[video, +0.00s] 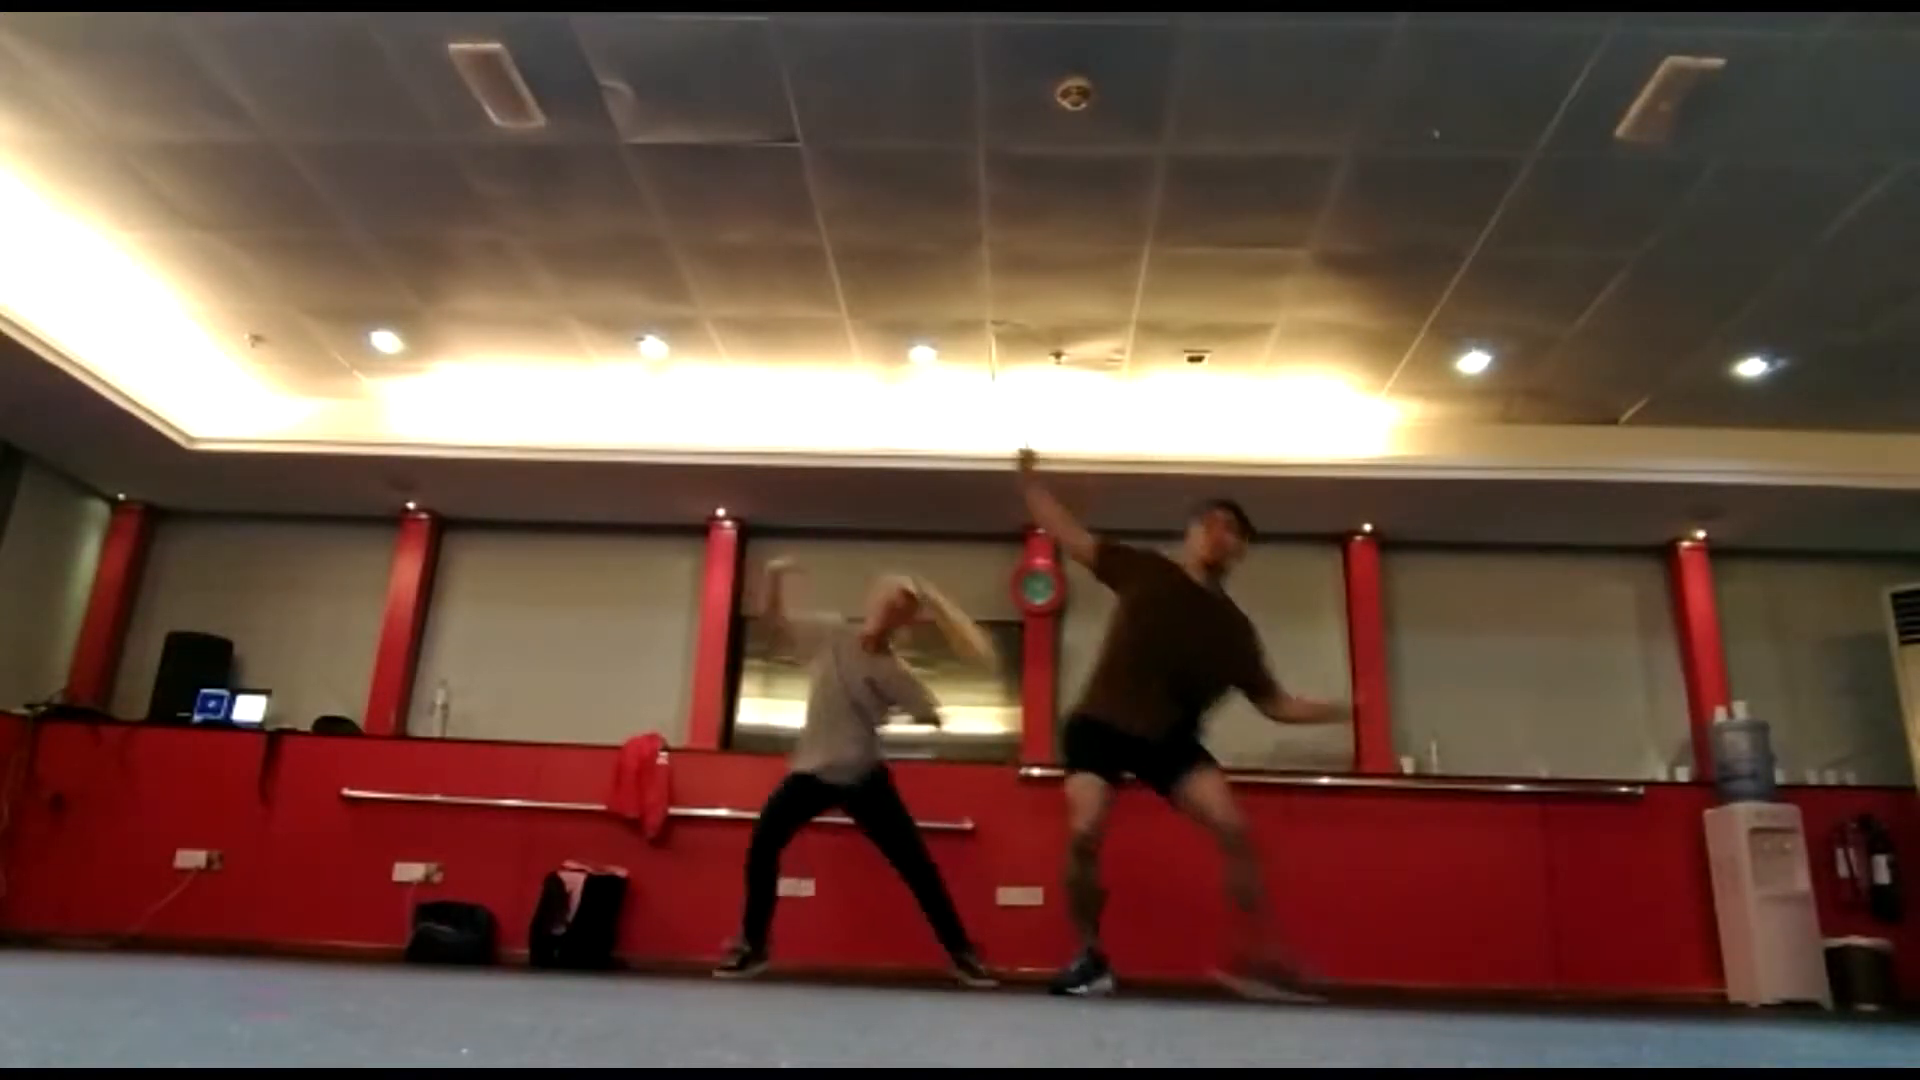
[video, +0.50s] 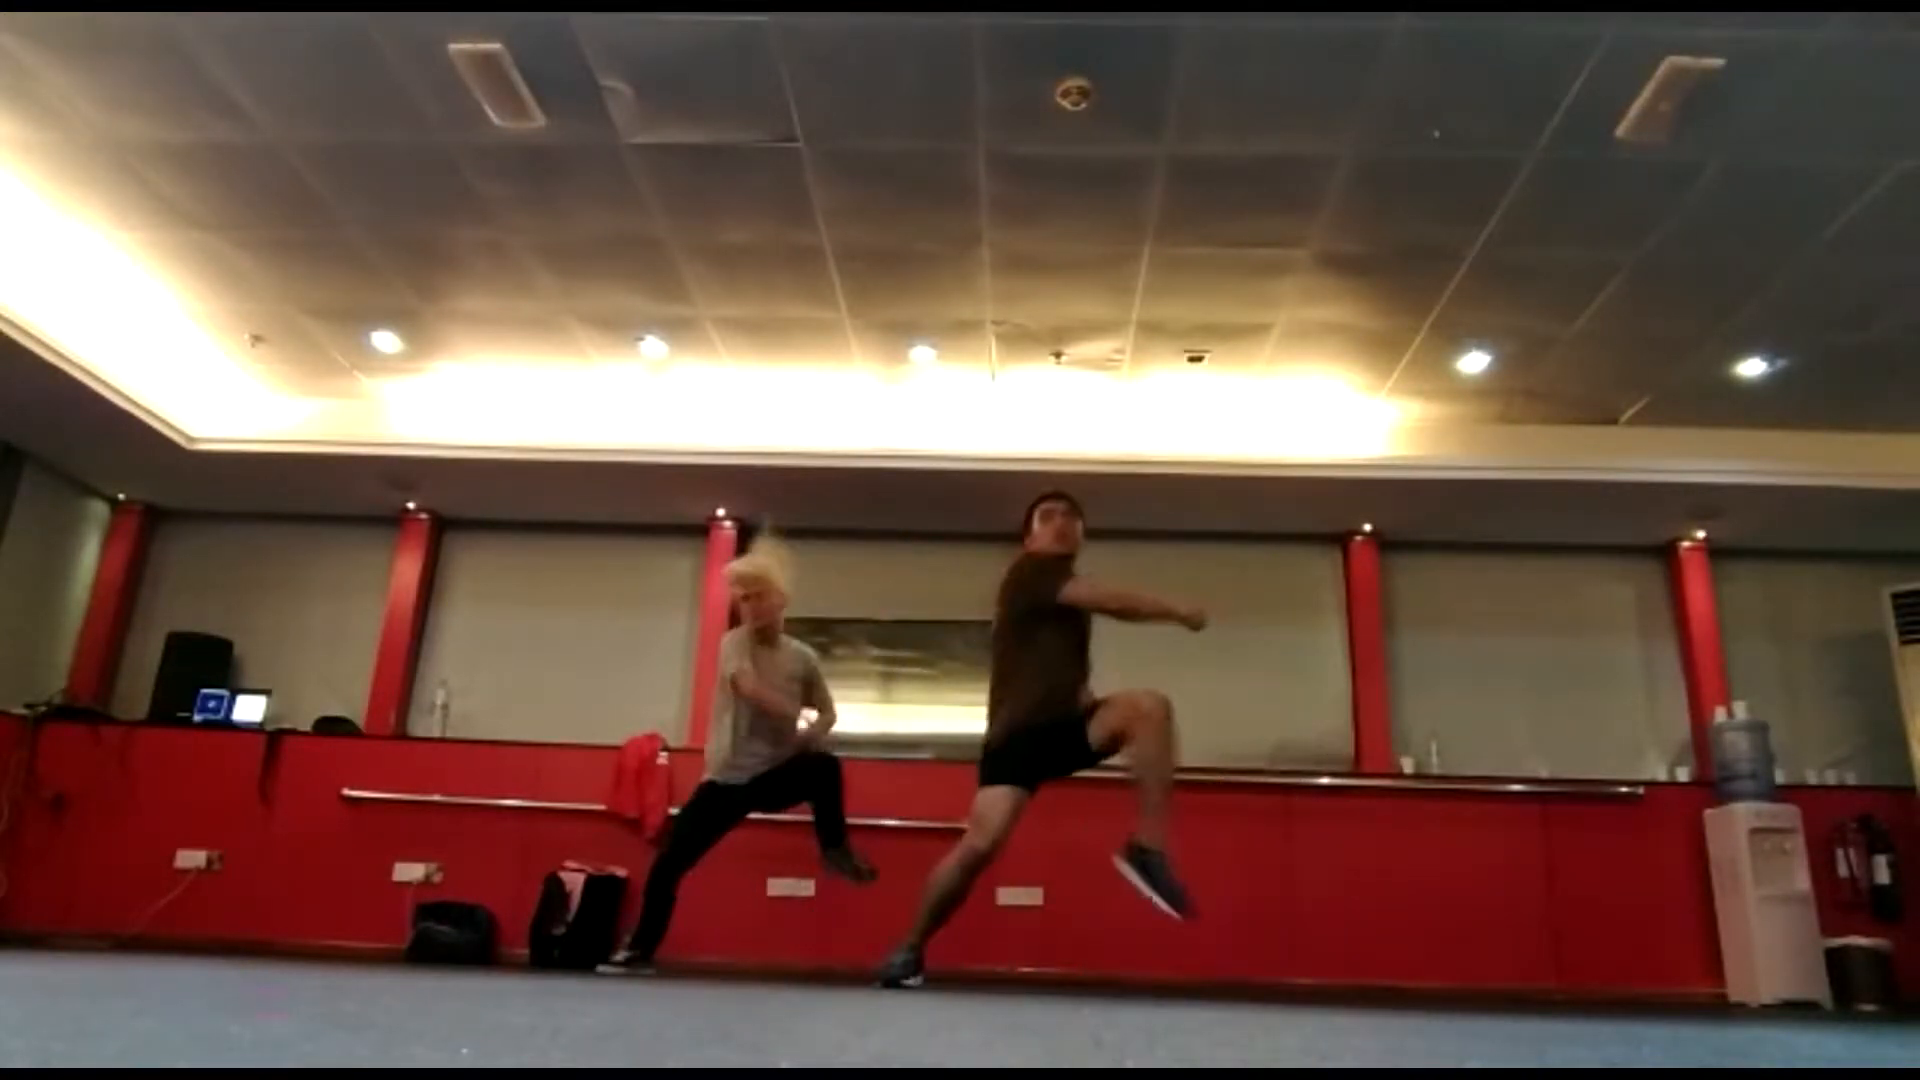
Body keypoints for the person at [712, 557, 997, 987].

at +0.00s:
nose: (889, 612)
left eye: (900, 608)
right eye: (887, 601)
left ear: (905, 621)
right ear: (871, 603)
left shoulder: (892, 672)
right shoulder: (830, 636)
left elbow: (930, 714)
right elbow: (774, 623)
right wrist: (774, 579)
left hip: (864, 778)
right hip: (812, 774)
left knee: (916, 867)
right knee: (763, 847)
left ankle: (963, 957)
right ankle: (753, 948)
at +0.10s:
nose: (864, 593)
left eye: (875, 588)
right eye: (860, 583)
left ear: (886, 598)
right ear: (849, 585)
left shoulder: (876, 655)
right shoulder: (814, 614)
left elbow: (902, 711)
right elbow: (766, 601)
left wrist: (858, 714)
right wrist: (788, 573)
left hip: (840, 759)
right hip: (789, 755)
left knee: (883, 838)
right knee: (754, 841)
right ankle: (740, 938)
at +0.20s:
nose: (847, 584)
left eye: (856, 576)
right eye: (841, 573)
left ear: (866, 584)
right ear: (826, 576)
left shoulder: (862, 640)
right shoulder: (797, 610)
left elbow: (889, 697)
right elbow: (741, 582)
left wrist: (853, 714)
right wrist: (773, 575)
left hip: (827, 748)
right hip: (776, 742)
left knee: (843, 843)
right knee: (737, 830)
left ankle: (831, 948)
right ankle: (706, 926)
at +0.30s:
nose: (799, 580)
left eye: (806, 572)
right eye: (791, 572)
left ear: (819, 578)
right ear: (774, 578)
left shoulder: (830, 635)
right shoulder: (758, 620)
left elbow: (857, 678)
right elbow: (745, 594)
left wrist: (830, 725)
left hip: (805, 756)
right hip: (750, 757)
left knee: (850, 819)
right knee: (703, 848)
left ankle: (843, 928)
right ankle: (647, 940)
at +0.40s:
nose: (760, 597)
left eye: (768, 587)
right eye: (753, 589)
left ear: (784, 592)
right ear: (743, 595)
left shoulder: (805, 647)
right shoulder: (742, 636)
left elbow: (830, 703)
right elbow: (762, 657)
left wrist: (810, 742)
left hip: (785, 766)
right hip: (737, 769)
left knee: (835, 779)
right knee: (683, 858)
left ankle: (836, 869)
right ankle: (643, 948)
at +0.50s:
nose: (749, 608)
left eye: (756, 598)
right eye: (743, 600)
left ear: (780, 600)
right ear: (736, 604)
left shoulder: (800, 658)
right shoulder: (735, 644)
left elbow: (827, 713)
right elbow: (745, 687)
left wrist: (807, 741)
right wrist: (794, 712)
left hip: (774, 777)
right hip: (726, 781)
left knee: (824, 765)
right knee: (669, 862)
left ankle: (836, 849)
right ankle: (641, 949)